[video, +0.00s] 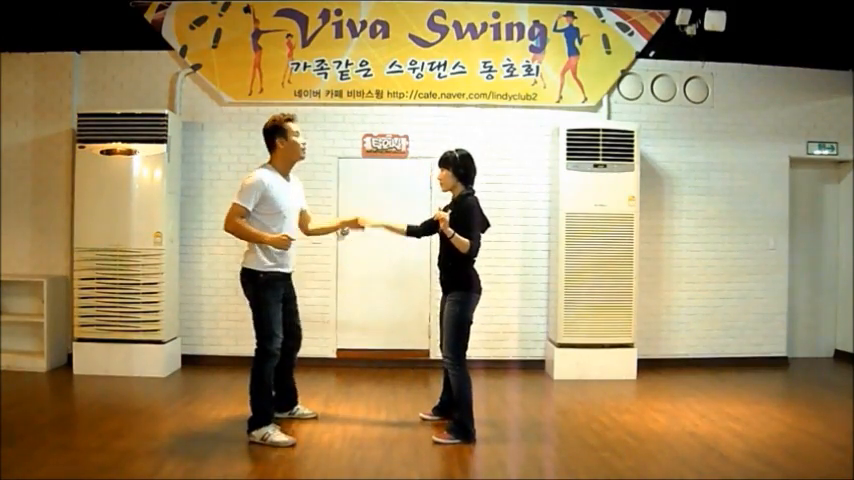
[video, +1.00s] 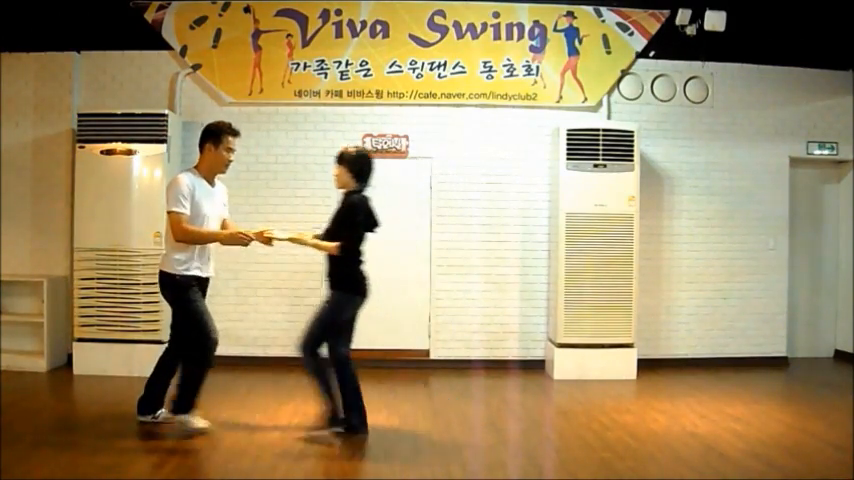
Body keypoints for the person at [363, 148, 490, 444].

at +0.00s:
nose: (437, 174)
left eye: (442, 169)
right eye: (439, 169)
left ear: (456, 173)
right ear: (455, 173)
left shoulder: (469, 205)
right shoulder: (452, 206)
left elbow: (470, 249)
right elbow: (418, 231)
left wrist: (447, 229)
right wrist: (376, 223)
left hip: (463, 291)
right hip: (452, 289)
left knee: (454, 357)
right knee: (448, 353)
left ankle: (463, 429)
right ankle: (447, 408)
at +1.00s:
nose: (335, 173)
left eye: (339, 169)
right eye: (337, 168)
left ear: (351, 173)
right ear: (356, 174)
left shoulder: (353, 204)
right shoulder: (356, 202)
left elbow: (339, 247)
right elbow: (334, 241)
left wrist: (307, 240)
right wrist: (307, 238)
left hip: (345, 291)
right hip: (350, 289)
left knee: (309, 345)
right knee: (339, 352)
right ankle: (355, 421)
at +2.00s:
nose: (317, 180)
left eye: (321, 175)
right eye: (319, 175)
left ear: (332, 181)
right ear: (340, 181)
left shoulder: (337, 214)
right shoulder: (340, 210)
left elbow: (337, 260)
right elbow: (338, 252)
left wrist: (300, 255)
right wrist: (305, 250)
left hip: (332, 298)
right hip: (339, 296)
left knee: (296, 350)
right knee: (339, 359)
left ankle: (280, 421)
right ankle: (392, 399)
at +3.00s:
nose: (468, 183)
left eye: (473, 178)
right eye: (469, 178)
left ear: (488, 182)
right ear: (479, 183)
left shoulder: (505, 217)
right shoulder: (473, 219)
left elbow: (516, 259)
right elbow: (437, 237)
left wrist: (480, 264)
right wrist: (397, 235)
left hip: (499, 301)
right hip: (485, 301)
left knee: (457, 353)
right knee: (488, 362)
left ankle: (479, 419)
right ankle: (524, 412)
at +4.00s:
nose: (299, 174)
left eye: (304, 171)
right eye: (301, 169)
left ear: (316, 178)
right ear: (318, 178)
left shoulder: (316, 210)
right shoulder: (316, 207)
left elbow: (305, 256)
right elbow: (303, 254)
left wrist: (269, 252)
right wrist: (272, 249)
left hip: (308, 292)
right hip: (307, 291)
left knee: (279, 351)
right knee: (280, 350)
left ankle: (289, 420)